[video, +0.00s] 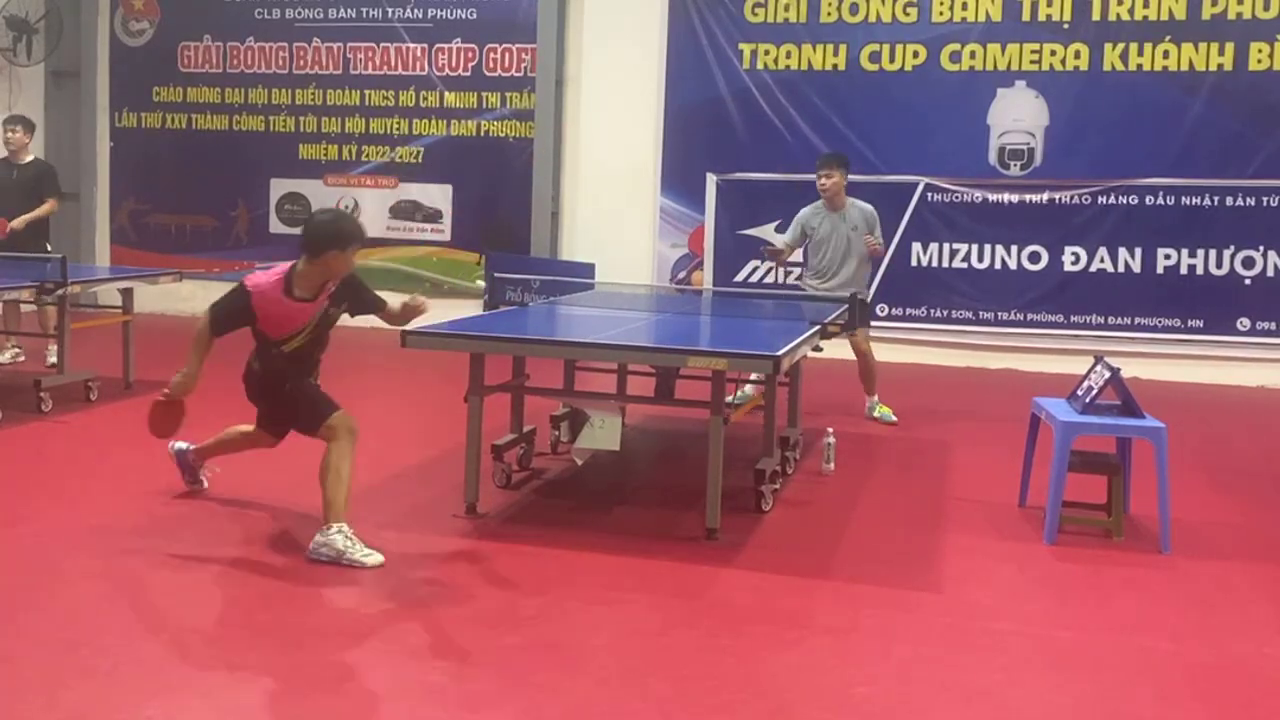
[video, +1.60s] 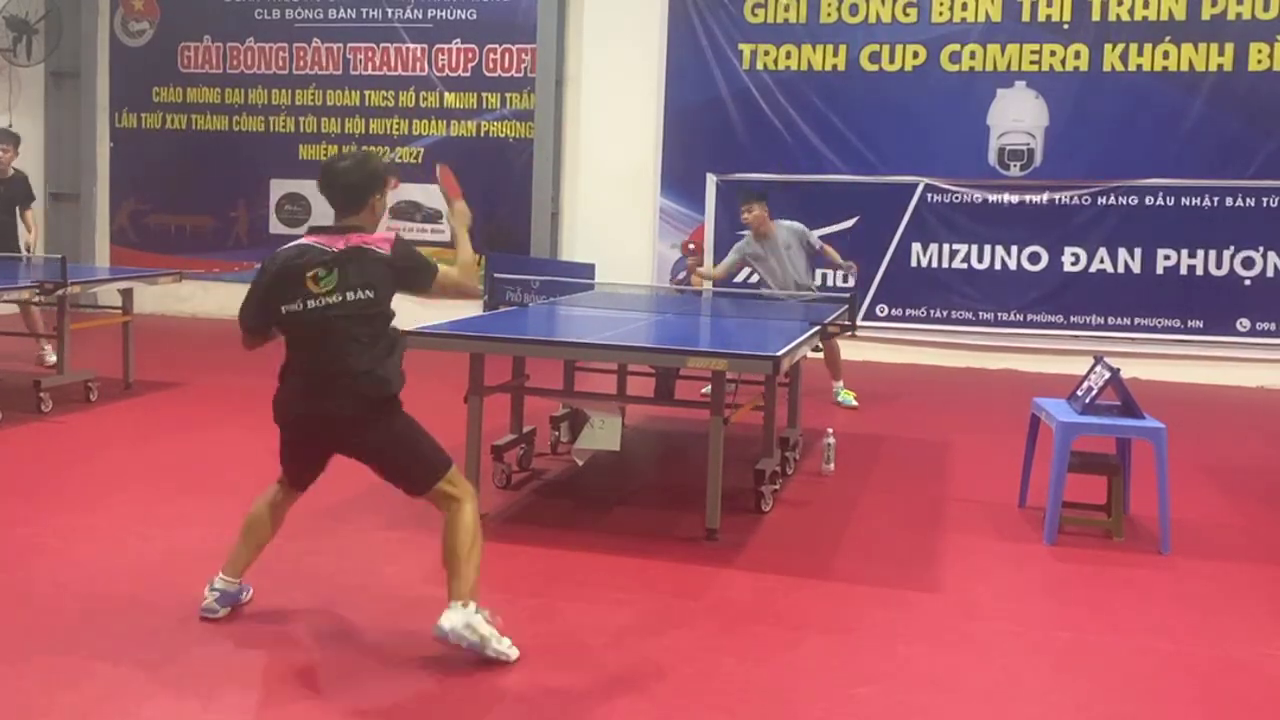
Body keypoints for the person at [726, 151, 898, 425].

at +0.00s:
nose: (822, 183)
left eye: (828, 177)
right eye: (819, 178)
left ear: (844, 179)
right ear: (816, 181)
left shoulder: (866, 213)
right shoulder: (807, 216)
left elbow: (878, 252)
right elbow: (786, 250)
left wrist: (875, 248)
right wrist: (776, 253)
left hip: (851, 297)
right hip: (811, 296)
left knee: (861, 347)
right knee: (779, 336)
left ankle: (872, 403)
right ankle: (754, 386)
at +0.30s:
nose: (793, 184)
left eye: (799, 179)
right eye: (790, 179)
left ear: (815, 180)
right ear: (788, 182)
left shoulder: (837, 211)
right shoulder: (784, 216)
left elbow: (852, 248)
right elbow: (768, 247)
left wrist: (838, 250)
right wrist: (756, 254)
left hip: (834, 294)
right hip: (795, 294)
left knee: (851, 339)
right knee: (772, 336)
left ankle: (879, 398)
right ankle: (762, 385)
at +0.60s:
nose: (789, 219)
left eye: (793, 213)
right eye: (786, 214)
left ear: (808, 210)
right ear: (785, 216)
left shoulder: (837, 230)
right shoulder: (789, 243)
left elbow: (860, 265)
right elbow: (774, 271)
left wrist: (844, 269)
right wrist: (762, 274)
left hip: (845, 301)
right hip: (808, 304)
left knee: (863, 348)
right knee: (780, 340)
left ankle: (885, 400)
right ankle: (762, 387)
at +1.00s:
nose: (787, 189)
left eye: (792, 183)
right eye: (783, 184)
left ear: (804, 183)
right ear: (779, 187)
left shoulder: (825, 206)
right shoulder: (775, 215)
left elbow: (845, 232)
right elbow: (760, 254)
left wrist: (852, 233)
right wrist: (753, 248)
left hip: (824, 290)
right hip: (786, 290)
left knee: (845, 337)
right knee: (770, 336)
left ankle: (859, 392)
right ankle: (763, 386)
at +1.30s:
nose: (786, 187)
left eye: (792, 181)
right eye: (782, 183)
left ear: (803, 182)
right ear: (777, 185)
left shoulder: (824, 210)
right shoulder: (771, 215)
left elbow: (837, 244)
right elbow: (757, 247)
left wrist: (830, 247)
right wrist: (748, 249)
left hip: (817, 286)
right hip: (779, 284)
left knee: (830, 334)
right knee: (744, 321)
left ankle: (838, 387)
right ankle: (727, 380)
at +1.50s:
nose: (768, 212)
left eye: (772, 207)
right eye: (764, 208)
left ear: (786, 206)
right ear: (761, 209)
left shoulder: (808, 227)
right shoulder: (759, 234)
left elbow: (824, 256)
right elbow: (742, 260)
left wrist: (827, 266)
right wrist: (732, 262)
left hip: (806, 295)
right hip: (770, 295)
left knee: (828, 334)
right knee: (736, 326)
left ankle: (838, 388)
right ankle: (722, 380)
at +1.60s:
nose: (744, 217)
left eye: (749, 211)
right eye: (742, 213)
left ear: (765, 211)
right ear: (742, 217)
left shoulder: (793, 229)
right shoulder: (745, 245)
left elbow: (822, 248)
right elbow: (718, 273)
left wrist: (841, 263)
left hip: (808, 299)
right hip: (773, 302)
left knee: (828, 335)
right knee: (739, 330)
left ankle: (839, 388)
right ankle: (726, 381)